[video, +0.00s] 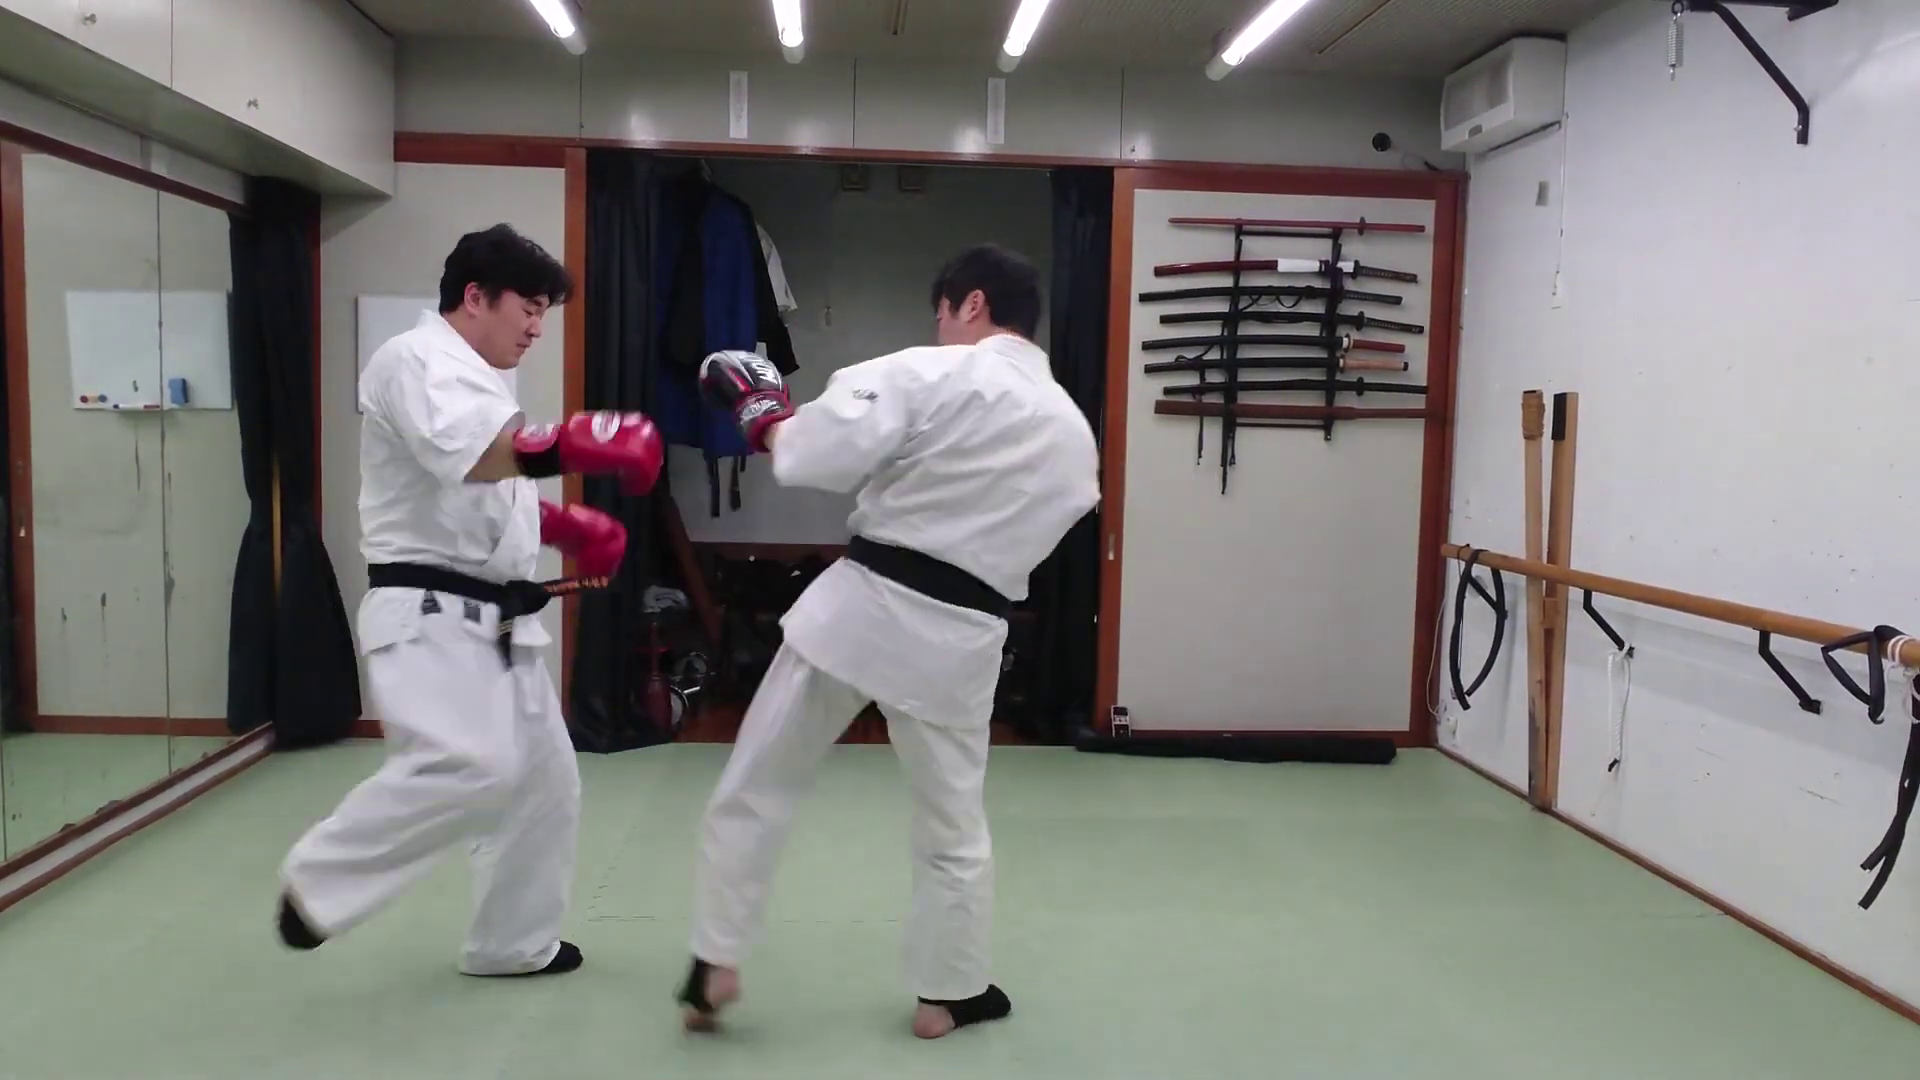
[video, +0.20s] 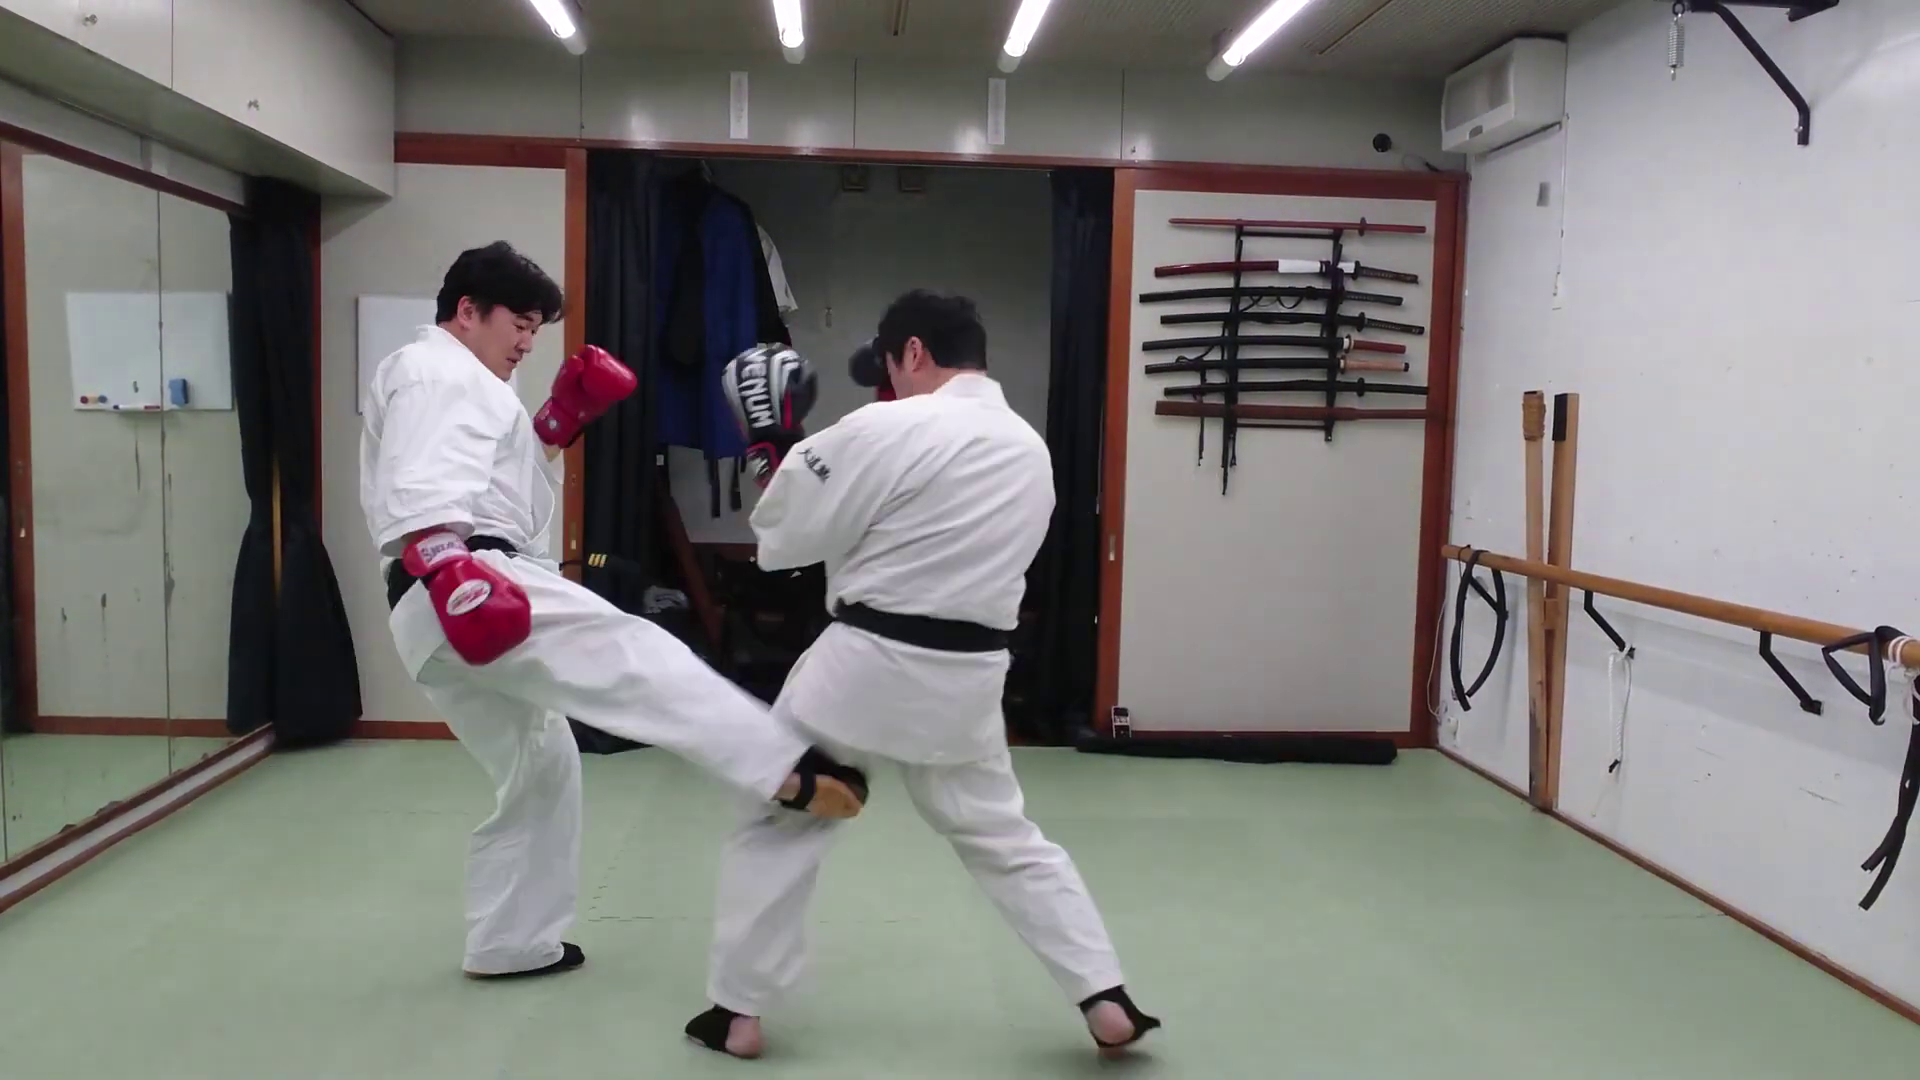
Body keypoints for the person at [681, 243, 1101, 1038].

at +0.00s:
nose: (939, 332)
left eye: (942, 317)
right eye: (939, 319)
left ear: (976, 307)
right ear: (1021, 318)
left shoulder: (927, 374)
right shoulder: (1077, 437)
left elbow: (804, 458)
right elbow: (1017, 535)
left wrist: (765, 414)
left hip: (857, 609)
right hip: (963, 645)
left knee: (759, 784)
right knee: (953, 827)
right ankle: (946, 996)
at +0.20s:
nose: (890, 381)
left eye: (891, 367)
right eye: (889, 368)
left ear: (916, 356)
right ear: (978, 360)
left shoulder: (882, 430)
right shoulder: (1031, 451)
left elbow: (780, 524)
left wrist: (787, 452)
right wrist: (908, 422)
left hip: (857, 667)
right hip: (968, 684)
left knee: (777, 821)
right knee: (1006, 839)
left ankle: (739, 1011)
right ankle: (1104, 999)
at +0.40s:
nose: (906, 385)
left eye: (904, 366)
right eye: (898, 371)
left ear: (936, 338)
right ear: (971, 337)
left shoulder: (937, 428)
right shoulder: (1058, 419)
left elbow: (835, 534)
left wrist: (843, 446)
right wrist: (888, 430)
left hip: (954, 667)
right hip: (1060, 667)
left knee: (826, 804)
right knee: (1086, 862)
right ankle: (1141, 1052)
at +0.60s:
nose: (876, 340)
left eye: (880, 322)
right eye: (873, 324)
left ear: (925, 316)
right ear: (946, 319)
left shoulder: (927, 412)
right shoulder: (1004, 393)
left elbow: (906, 570)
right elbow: (911, 480)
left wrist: (830, 640)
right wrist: (812, 402)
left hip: (956, 653)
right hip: (1042, 652)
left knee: (783, 763)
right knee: (1073, 866)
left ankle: (851, 952)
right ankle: (1140, 1055)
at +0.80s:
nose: (806, 355)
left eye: (813, 334)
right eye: (801, 336)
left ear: (864, 326)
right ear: (866, 330)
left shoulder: (931, 433)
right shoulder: (852, 415)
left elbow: (918, 587)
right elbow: (771, 479)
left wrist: (806, 527)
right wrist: (698, 503)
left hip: (864, 682)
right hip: (845, 666)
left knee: (750, 861)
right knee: (877, 805)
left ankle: (755, 1063)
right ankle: (995, 909)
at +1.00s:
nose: (754, 407)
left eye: (755, 387)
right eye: (749, 389)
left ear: (800, 373)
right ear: (812, 370)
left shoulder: (876, 488)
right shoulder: (837, 442)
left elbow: (737, 601)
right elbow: (759, 543)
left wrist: (682, 492)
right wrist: (701, 530)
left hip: (829, 715)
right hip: (776, 659)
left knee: (698, 882)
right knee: (647, 674)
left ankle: (772, 1064)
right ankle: (557, 719)